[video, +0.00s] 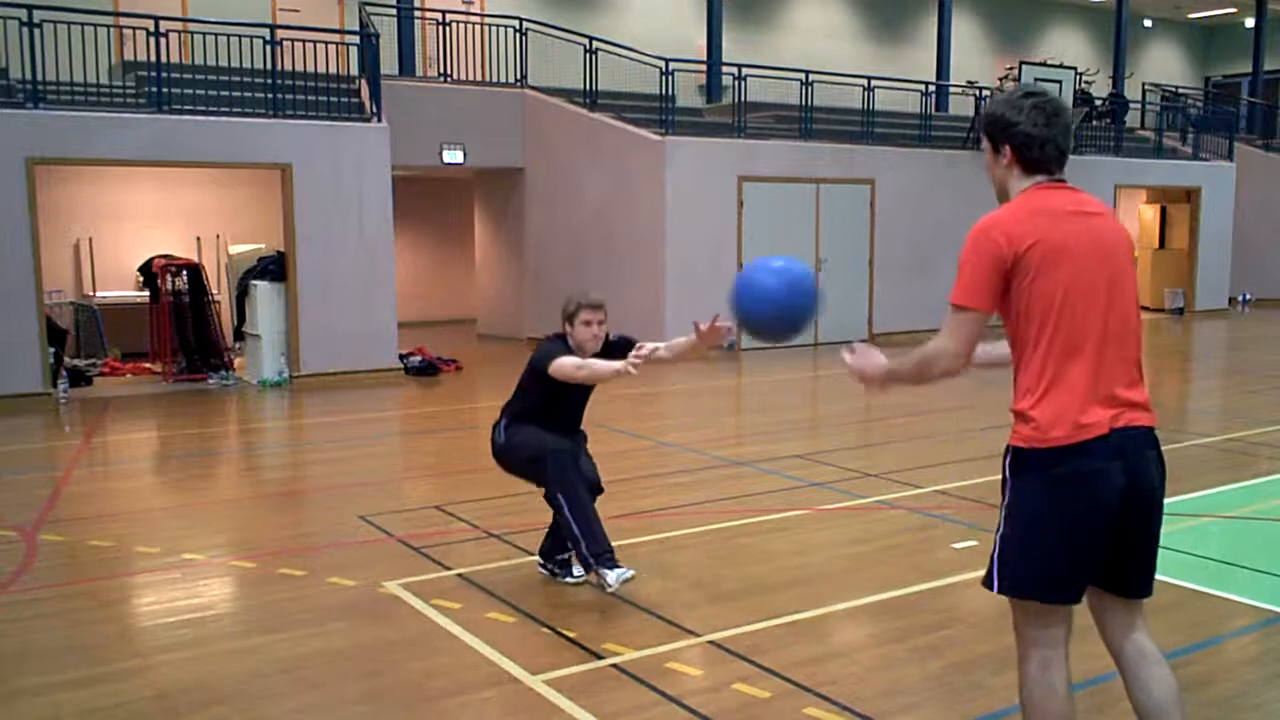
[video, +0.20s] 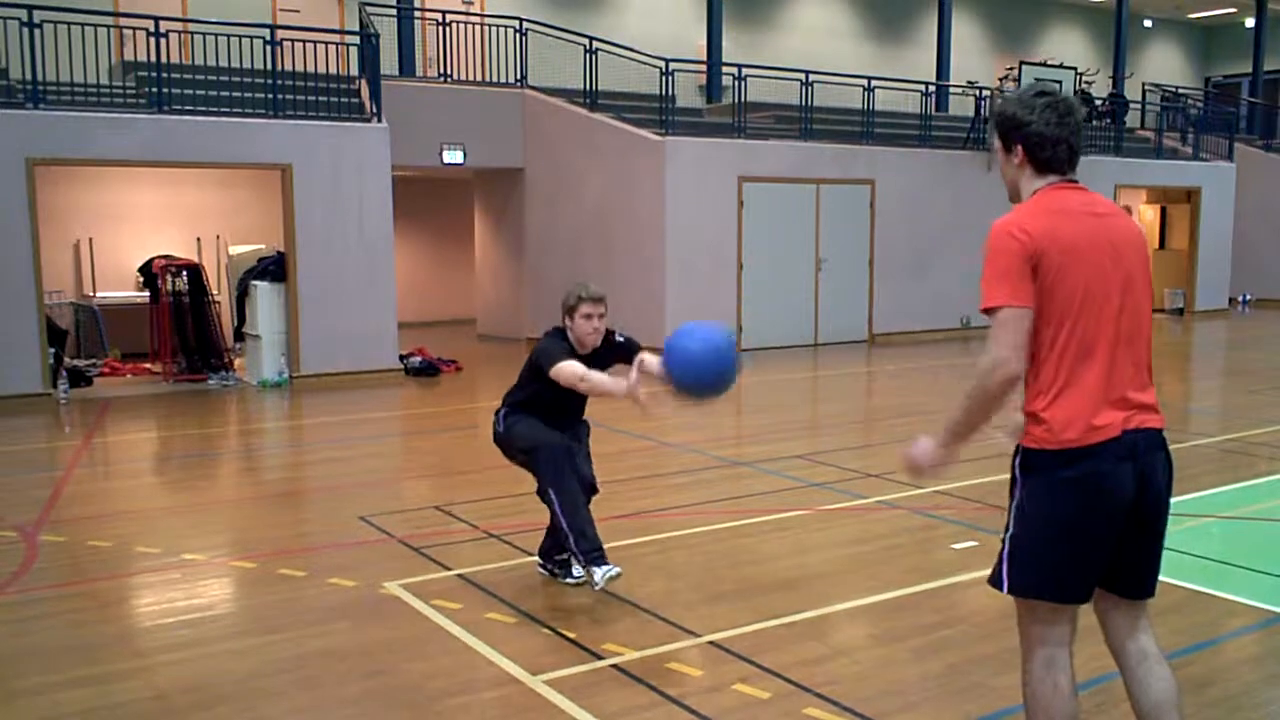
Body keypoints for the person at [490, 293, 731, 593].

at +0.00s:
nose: (596, 331)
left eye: (600, 324)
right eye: (587, 324)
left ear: (606, 326)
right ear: (569, 328)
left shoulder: (609, 348)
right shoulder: (549, 352)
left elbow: (661, 350)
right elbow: (578, 371)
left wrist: (698, 342)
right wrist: (618, 368)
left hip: (566, 438)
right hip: (518, 435)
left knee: (587, 485)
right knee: (560, 460)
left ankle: (554, 555)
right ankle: (602, 564)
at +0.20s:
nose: (596, 325)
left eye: (601, 318)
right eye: (587, 318)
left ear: (607, 319)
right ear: (568, 321)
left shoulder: (608, 342)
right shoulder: (550, 348)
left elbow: (647, 361)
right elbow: (580, 379)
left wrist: (681, 369)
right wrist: (623, 388)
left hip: (568, 427)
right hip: (520, 423)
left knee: (582, 485)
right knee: (557, 453)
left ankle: (553, 555)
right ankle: (593, 560)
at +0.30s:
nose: (594, 323)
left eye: (599, 315)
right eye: (585, 316)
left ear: (605, 317)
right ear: (567, 319)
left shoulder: (612, 344)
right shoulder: (547, 349)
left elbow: (648, 389)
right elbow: (569, 410)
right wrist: (629, 418)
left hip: (572, 421)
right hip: (523, 419)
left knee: (580, 488)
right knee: (557, 453)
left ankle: (553, 555)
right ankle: (586, 568)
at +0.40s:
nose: (598, 321)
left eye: (603, 313)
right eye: (589, 313)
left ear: (609, 315)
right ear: (570, 317)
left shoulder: (615, 348)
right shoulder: (544, 346)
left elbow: (640, 401)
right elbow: (531, 423)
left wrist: (653, 430)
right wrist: (590, 434)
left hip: (577, 420)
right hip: (527, 417)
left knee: (584, 490)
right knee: (558, 478)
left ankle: (553, 555)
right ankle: (581, 576)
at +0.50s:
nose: (602, 320)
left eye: (607, 312)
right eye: (593, 312)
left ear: (612, 313)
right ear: (573, 315)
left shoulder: (620, 349)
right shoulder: (545, 346)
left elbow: (633, 393)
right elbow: (513, 420)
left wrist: (626, 409)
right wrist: (572, 419)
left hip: (578, 420)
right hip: (531, 416)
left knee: (584, 490)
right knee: (561, 474)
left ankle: (553, 555)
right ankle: (577, 575)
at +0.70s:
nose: (598, 310)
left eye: (604, 302)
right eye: (590, 303)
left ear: (610, 302)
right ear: (571, 304)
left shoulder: (612, 326)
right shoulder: (548, 324)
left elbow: (646, 339)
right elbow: (552, 369)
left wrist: (688, 333)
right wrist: (604, 358)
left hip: (573, 403)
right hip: (526, 396)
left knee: (580, 483)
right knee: (553, 450)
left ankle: (552, 553)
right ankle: (567, 555)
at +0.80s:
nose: (602, 308)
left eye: (607, 300)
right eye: (592, 300)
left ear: (613, 299)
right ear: (571, 297)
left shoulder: (615, 322)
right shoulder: (548, 310)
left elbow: (667, 351)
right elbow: (546, 343)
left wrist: (687, 343)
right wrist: (597, 323)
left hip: (571, 398)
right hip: (523, 388)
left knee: (579, 471)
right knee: (550, 441)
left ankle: (553, 541)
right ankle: (562, 544)